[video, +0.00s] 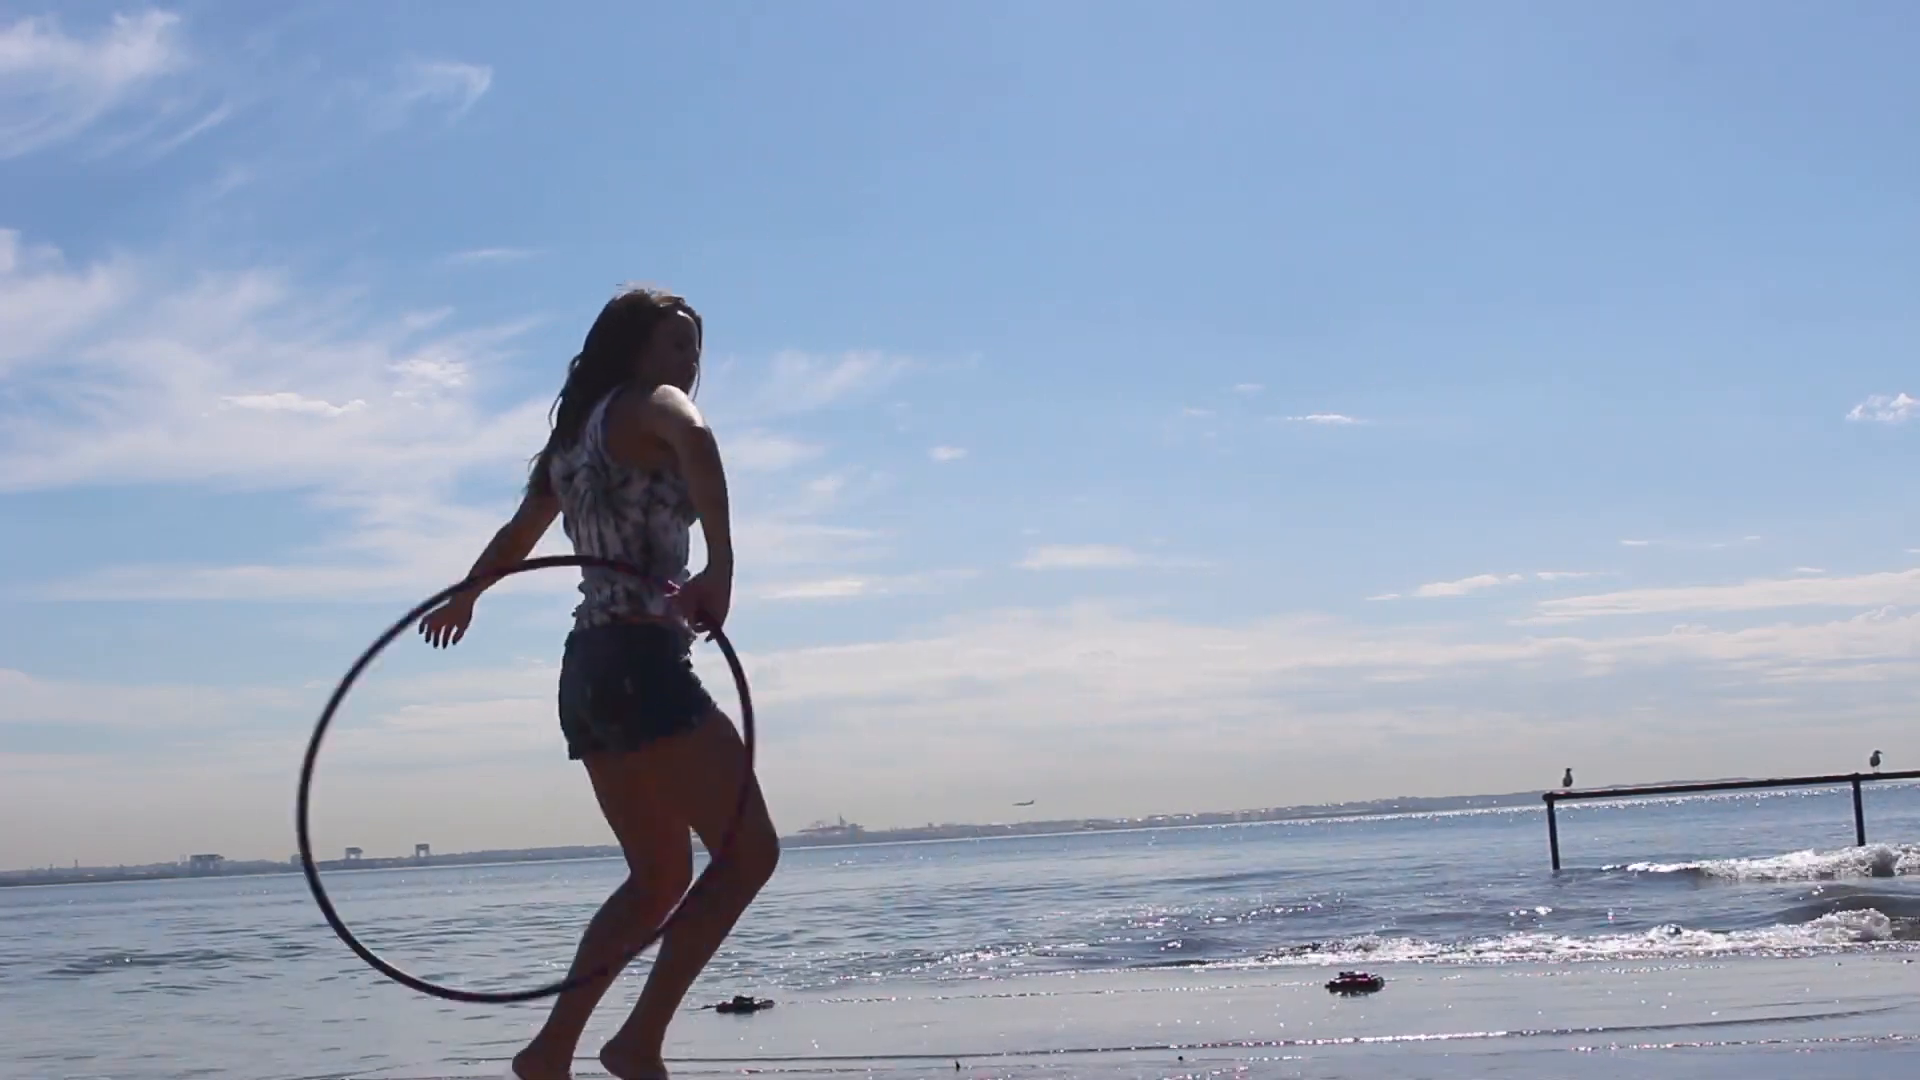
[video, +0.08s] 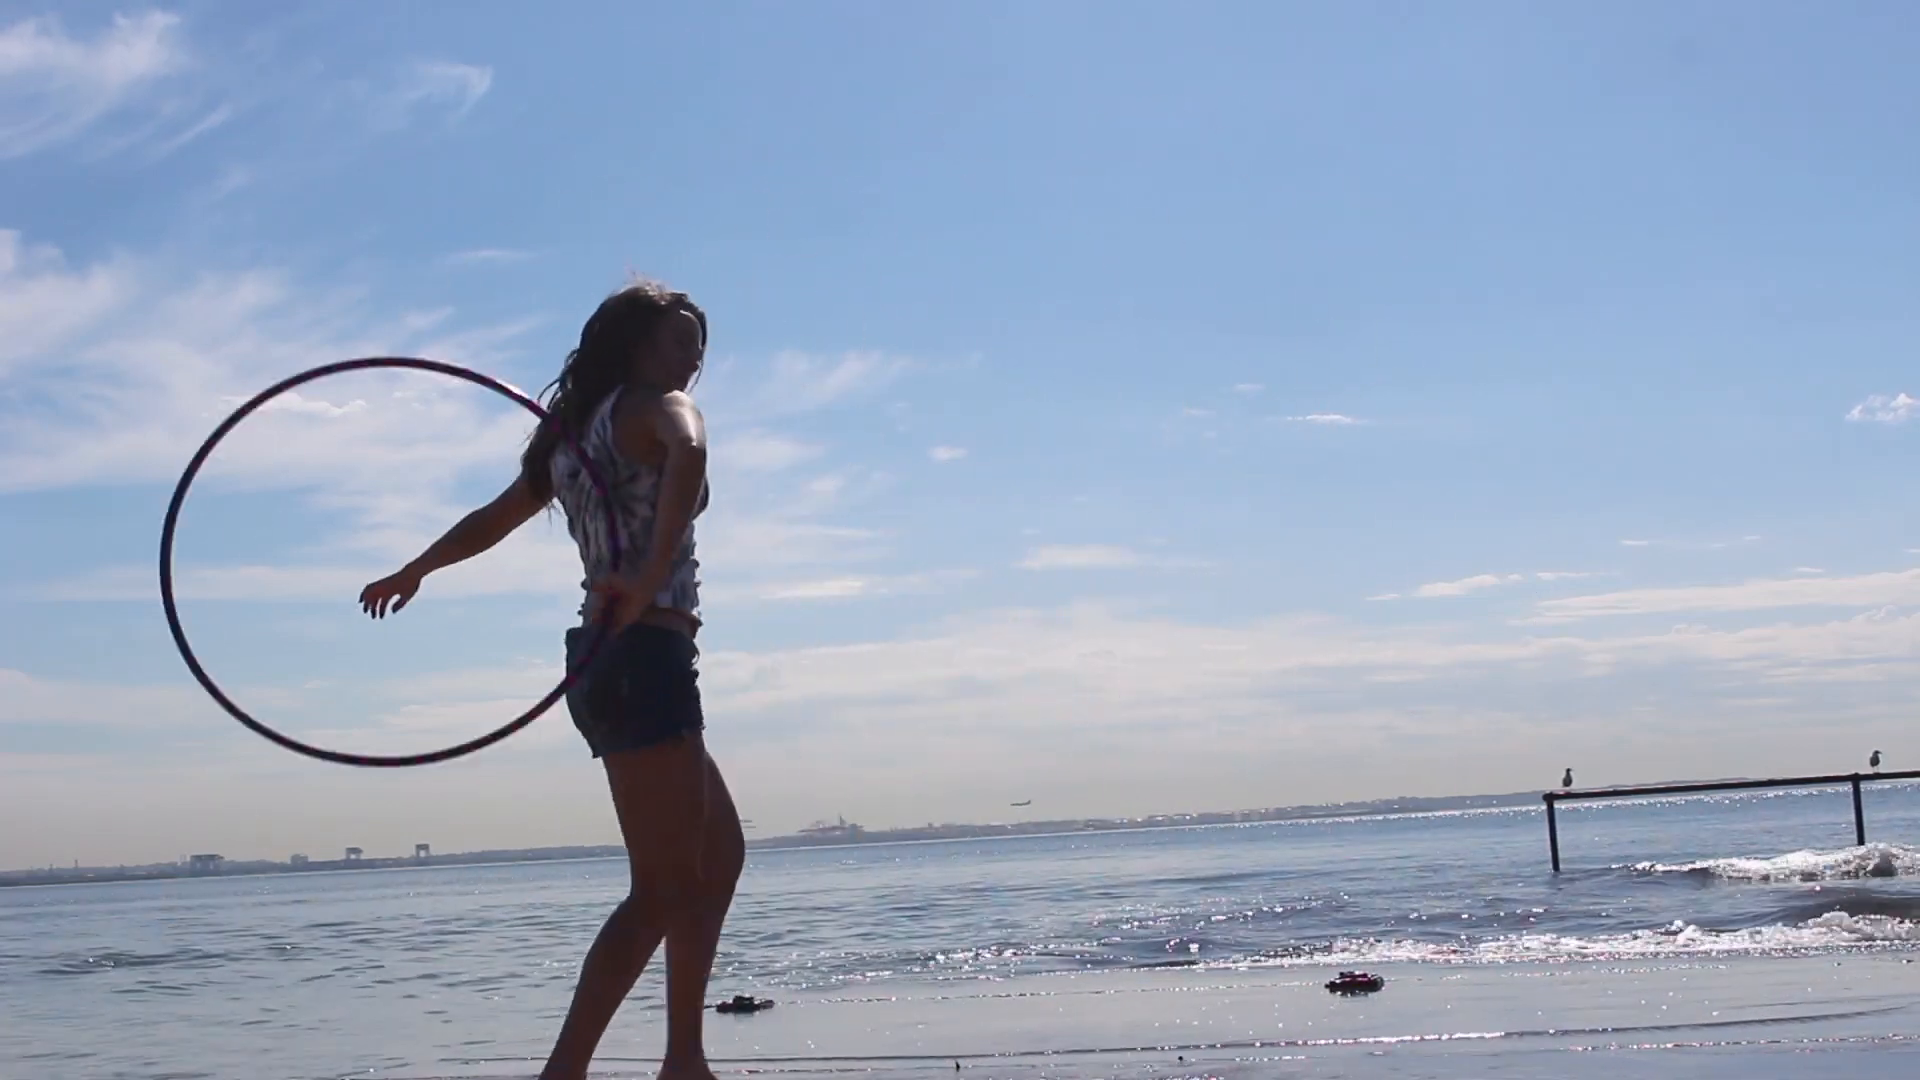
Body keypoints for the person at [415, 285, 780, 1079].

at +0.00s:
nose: (694, 365)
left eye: (697, 351)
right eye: (687, 348)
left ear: (622, 351)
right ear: (648, 341)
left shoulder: (576, 431)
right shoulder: (657, 401)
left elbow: (524, 529)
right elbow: (696, 444)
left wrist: (470, 588)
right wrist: (719, 567)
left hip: (590, 668)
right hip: (644, 662)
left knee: (659, 880)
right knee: (751, 851)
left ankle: (550, 1050)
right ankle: (640, 1042)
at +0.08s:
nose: (692, 361)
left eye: (696, 349)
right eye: (686, 345)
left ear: (619, 353)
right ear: (644, 340)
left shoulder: (574, 431)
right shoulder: (660, 405)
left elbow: (502, 513)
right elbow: (685, 462)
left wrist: (420, 566)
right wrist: (649, 576)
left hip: (604, 663)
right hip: (647, 663)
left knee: (719, 849)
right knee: (662, 888)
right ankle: (566, 1067)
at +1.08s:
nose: (849, 311)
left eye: (842, 298)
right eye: (835, 299)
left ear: (763, 327)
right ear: (803, 318)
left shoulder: (739, 416)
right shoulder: (843, 414)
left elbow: (679, 449)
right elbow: (958, 361)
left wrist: (697, 352)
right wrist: (895, 268)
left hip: (808, 641)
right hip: (895, 636)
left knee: (846, 844)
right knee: (920, 850)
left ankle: (857, 1050)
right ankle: (963, 1051)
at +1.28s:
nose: (817, 321)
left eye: (830, 332)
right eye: (835, 319)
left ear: (839, 372)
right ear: (847, 357)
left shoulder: (793, 441)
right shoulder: (876, 387)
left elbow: (803, 573)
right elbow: (837, 229)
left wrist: (756, 660)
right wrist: (792, 126)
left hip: (848, 639)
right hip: (920, 628)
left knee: (872, 852)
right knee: (940, 837)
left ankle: (919, 1052)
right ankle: (1002, 1038)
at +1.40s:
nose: (876, 310)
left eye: (896, 322)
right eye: (883, 305)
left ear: (897, 367)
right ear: (863, 326)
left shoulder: (868, 449)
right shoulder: (810, 369)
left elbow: (900, 596)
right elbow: (732, 278)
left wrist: (846, 714)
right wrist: (724, 216)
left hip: (909, 660)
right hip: (861, 658)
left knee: (873, 861)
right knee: (882, 866)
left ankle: (912, 1059)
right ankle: (1035, 1013)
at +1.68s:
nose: (885, 379)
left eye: (897, 364)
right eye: (869, 366)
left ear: (920, 373)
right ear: (844, 378)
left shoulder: (962, 477)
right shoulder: (814, 485)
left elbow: (1055, 570)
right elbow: (725, 588)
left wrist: (1150, 646)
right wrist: (700, 557)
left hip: (943, 704)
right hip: (854, 708)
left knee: (870, 893)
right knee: (812, 908)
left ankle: (902, 1066)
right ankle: (913, 978)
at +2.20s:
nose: (843, 360)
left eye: (855, 339)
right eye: (827, 346)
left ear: (891, 334)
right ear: (813, 351)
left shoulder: (942, 411)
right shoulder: (808, 420)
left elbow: (1066, 443)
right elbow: (701, 368)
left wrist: (992, 490)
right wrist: (712, 259)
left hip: (941, 657)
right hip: (866, 669)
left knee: (899, 873)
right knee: (883, 881)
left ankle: (956, 1064)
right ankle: (1029, 999)